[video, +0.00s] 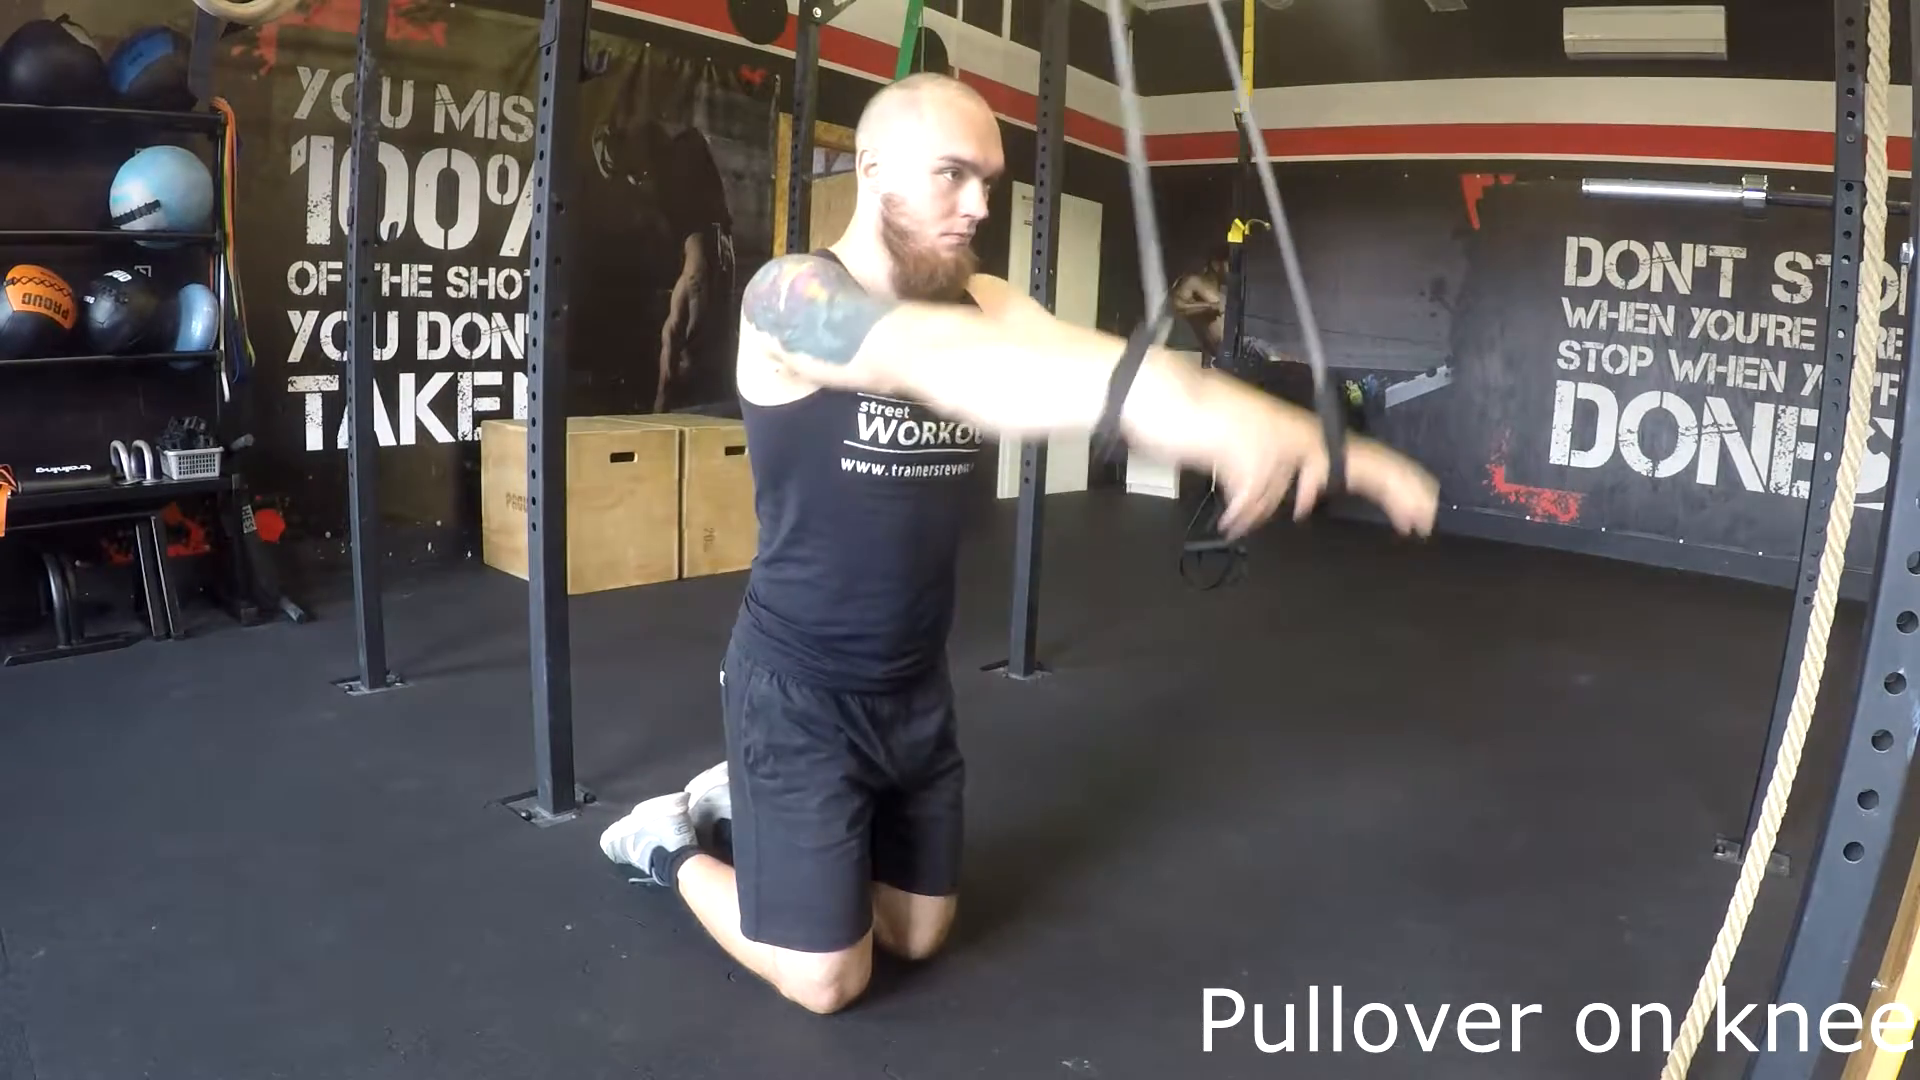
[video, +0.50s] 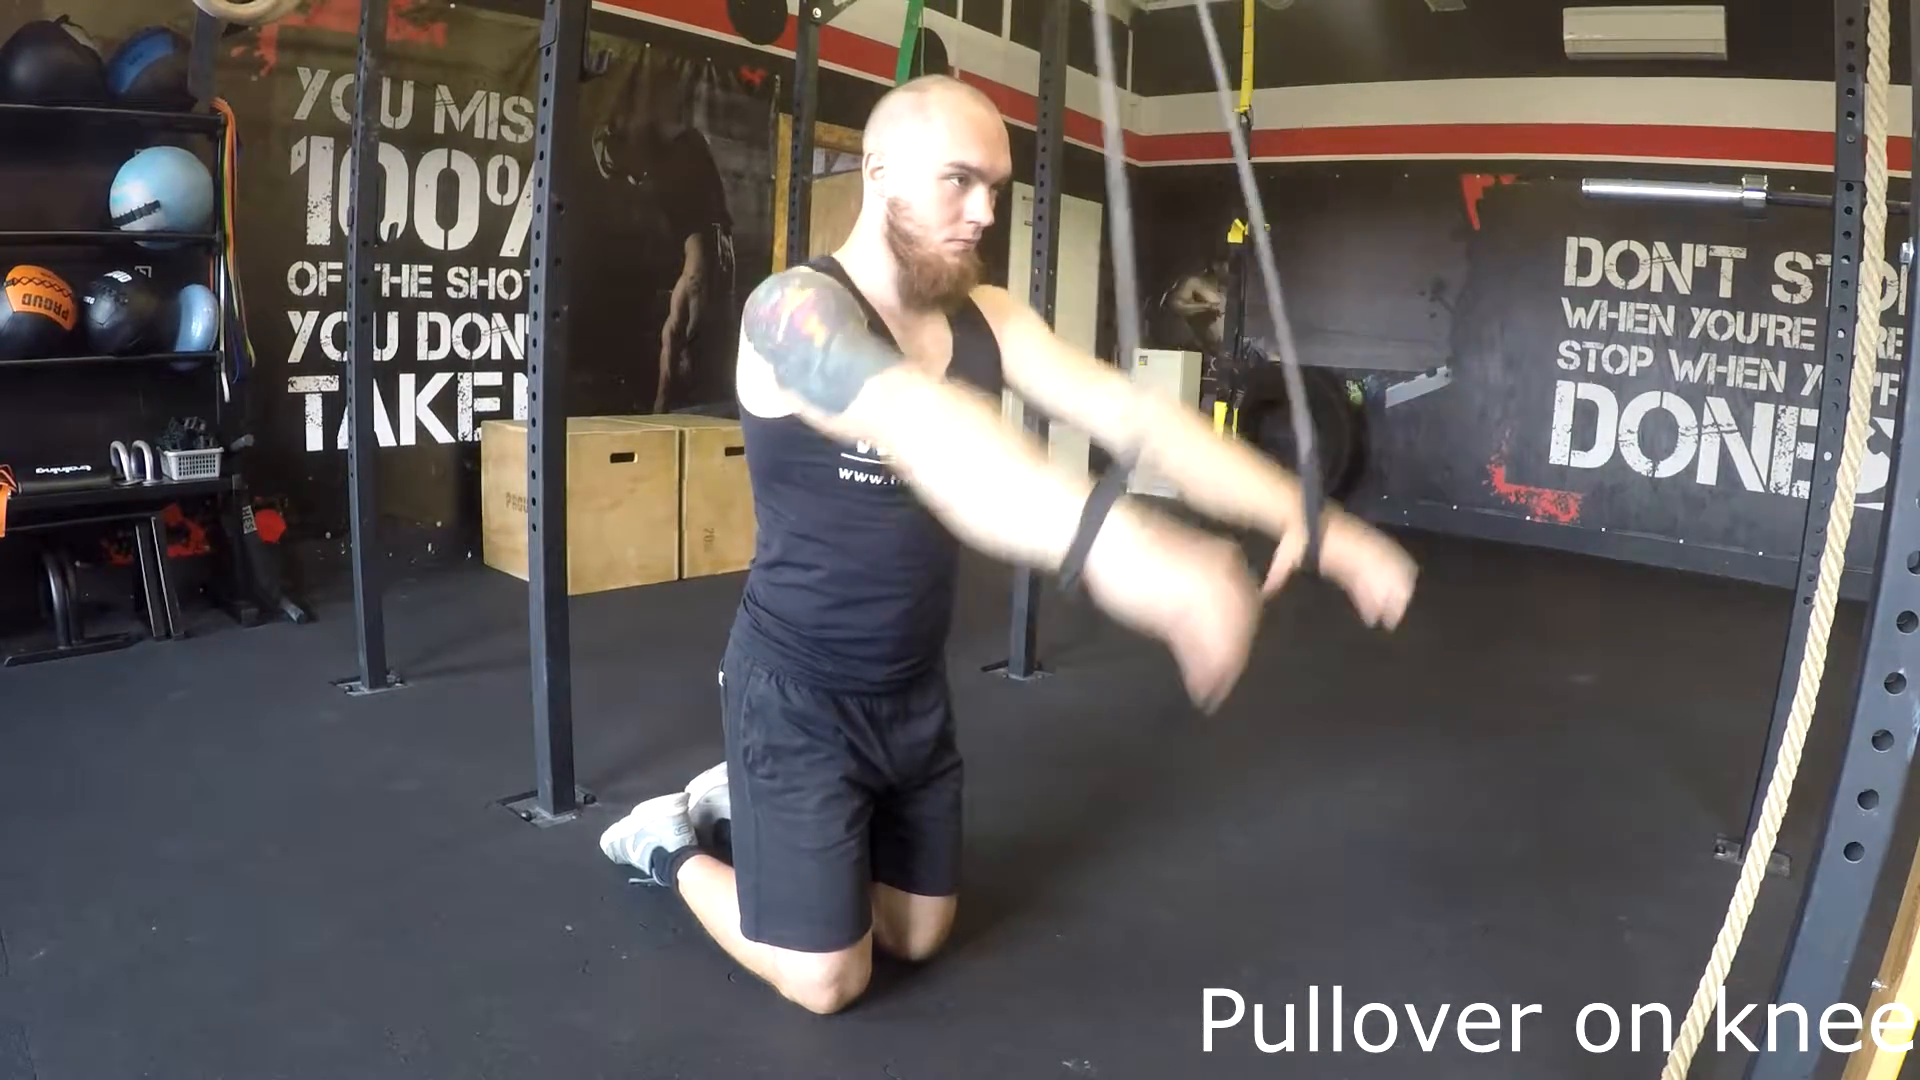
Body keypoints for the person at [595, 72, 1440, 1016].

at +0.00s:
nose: (978, 206)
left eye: (990, 183)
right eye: (951, 177)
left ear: (992, 188)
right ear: (867, 173)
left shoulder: (984, 303)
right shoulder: (791, 294)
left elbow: (1123, 376)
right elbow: (949, 369)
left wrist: (1334, 453)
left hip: (916, 683)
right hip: (797, 686)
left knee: (916, 931)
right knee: (822, 978)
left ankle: (759, 807)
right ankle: (672, 852)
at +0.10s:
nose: (981, 210)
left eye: (991, 186)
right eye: (955, 180)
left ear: (989, 189)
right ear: (871, 174)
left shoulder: (978, 310)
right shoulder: (788, 294)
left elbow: (1134, 356)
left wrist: (1331, 387)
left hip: (912, 684)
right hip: (796, 685)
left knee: (916, 931)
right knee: (821, 977)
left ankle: (752, 807)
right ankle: (671, 851)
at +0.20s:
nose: (982, 213)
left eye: (994, 188)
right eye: (959, 183)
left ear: (994, 190)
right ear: (875, 176)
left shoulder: (976, 299)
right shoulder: (791, 292)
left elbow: (1144, 341)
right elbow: (970, 310)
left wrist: (1319, 353)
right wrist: (1200, 288)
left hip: (912, 681)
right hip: (797, 682)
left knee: (915, 932)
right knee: (820, 977)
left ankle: (754, 805)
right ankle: (672, 852)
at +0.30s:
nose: (981, 214)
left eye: (993, 189)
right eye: (958, 183)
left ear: (991, 193)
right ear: (874, 175)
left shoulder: (977, 308)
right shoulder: (790, 299)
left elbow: (1128, 349)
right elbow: (969, 324)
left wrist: (1319, 373)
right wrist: (1245, 324)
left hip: (912, 684)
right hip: (797, 685)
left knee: (916, 931)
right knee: (820, 976)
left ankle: (755, 807)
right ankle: (672, 853)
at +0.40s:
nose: (984, 214)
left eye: (995, 188)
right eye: (958, 183)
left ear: (995, 192)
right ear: (874, 178)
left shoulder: (985, 310)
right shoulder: (791, 305)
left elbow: (1129, 370)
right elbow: (956, 379)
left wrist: (1331, 438)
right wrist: (1188, 418)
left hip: (913, 685)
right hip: (796, 687)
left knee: (916, 931)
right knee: (820, 978)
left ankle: (751, 808)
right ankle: (672, 852)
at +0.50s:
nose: (982, 215)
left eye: (996, 188)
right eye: (958, 183)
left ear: (1003, 190)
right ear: (877, 179)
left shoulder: (983, 315)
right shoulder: (797, 312)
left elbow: (1136, 420)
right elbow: (952, 453)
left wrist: (1319, 525)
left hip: (914, 685)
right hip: (797, 687)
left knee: (915, 930)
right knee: (822, 981)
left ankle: (750, 807)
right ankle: (675, 852)